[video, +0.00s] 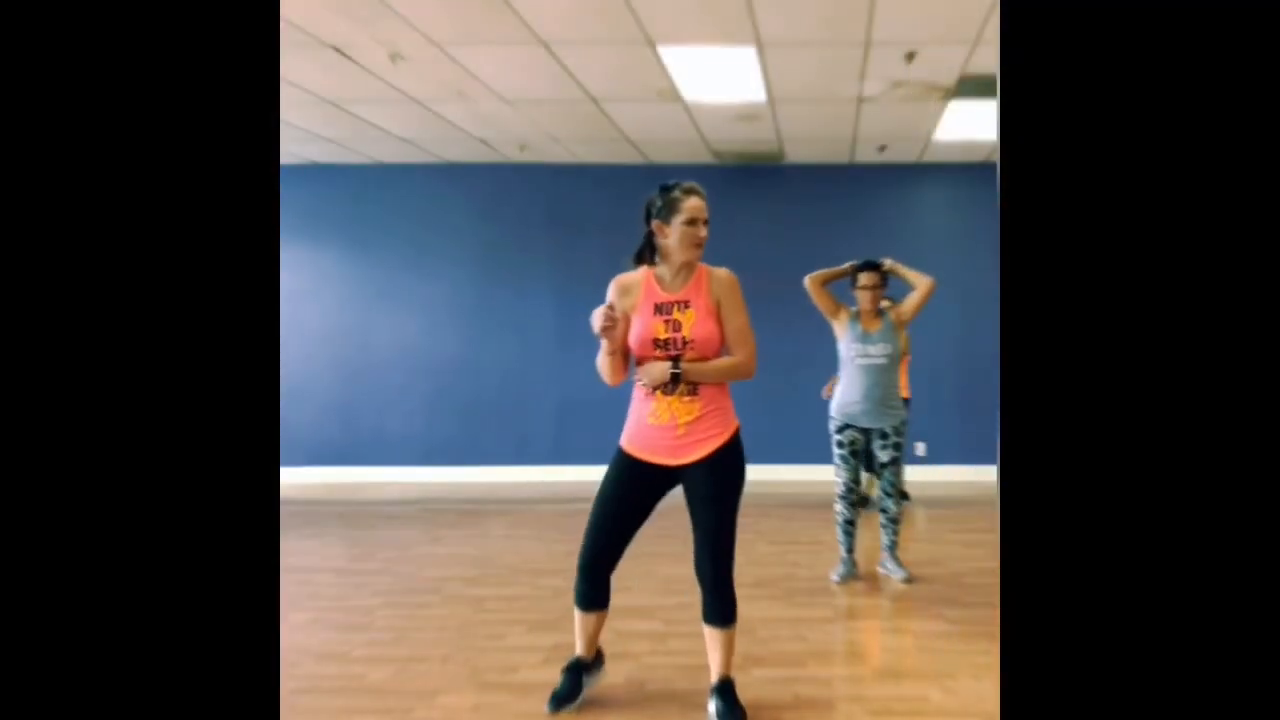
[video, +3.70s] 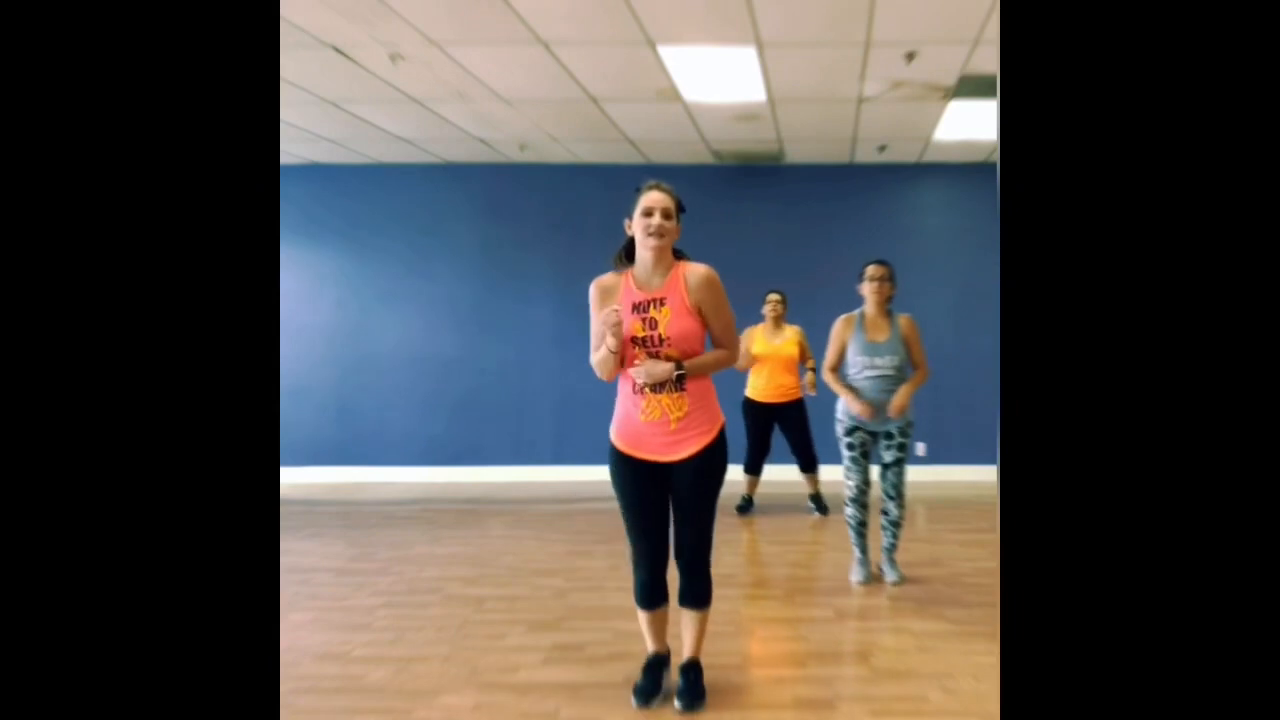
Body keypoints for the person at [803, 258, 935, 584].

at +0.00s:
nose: (870, 293)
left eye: (875, 287)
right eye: (863, 288)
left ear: (884, 291)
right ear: (854, 291)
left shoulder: (896, 320)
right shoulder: (841, 319)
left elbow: (927, 284)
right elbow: (811, 282)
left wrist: (895, 268)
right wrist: (848, 269)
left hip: (888, 416)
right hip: (847, 416)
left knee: (890, 491)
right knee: (847, 491)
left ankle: (889, 557)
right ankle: (846, 558)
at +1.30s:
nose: (847, 290)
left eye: (853, 284)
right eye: (841, 284)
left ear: (862, 289)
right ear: (831, 289)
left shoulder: (872, 322)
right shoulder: (817, 319)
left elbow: (916, 317)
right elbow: (775, 309)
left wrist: (885, 287)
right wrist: (806, 283)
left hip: (865, 417)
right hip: (822, 418)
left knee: (886, 483)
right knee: (825, 490)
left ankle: (887, 554)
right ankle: (828, 560)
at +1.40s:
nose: (851, 288)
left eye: (857, 283)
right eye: (845, 283)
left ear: (866, 289)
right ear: (835, 289)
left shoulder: (878, 323)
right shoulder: (822, 322)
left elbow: (922, 337)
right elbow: (776, 331)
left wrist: (903, 299)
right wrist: (796, 294)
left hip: (870, 418)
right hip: (827, 418)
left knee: (890, 486)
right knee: (827, 491)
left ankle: (899, 554)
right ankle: (828, 560)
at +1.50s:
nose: (858, 288)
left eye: (864, 283)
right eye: (852, 282)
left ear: (873, 289)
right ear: (842, 289)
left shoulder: (885, 324)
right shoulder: (828, 324)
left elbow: (920, 358)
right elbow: (796, 357)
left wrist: (920, 327)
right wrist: (793, 324)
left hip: (877, 420)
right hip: (834, 419)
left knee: (894, 488)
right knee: (831, 491)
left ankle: (906, 557)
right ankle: (828, 560)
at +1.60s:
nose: (867, 288)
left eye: (873, 282)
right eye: (861, 282)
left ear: (882, 290)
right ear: (850, 290)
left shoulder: (895, 326)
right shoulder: (836, 327)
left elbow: (916, 365)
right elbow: (818, 370)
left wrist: (930, 364)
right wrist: (803, 366)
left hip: (888, 421)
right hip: (844, 421)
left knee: (900, 491)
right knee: (838, 491)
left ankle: (907, 558)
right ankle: (829, 560)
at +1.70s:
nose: (877, 288)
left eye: (883, 282)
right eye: (870, 282)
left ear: (892, 289)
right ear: (860, 290)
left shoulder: (904, 325)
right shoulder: (846, 328)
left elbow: (921, 366)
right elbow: (837, 372)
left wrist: (932, 390)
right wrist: (826, 399)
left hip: (899, 421)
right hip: (855, 421)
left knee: (907, 491)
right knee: (844, 490)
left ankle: (908, 558)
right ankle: (831, 559)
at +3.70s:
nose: (878, 285)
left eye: (884, 279)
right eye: (872, 280)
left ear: (892, 287)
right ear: (861, 286)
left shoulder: (904, 325)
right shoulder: (845, 324)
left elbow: (921, 369)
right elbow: (828, 370)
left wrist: (905, 392)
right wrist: (852, 400)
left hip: (894, 418)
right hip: (854, 418)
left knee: (893, 491)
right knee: (857, 490)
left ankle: (889, 557)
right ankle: (860, 558)